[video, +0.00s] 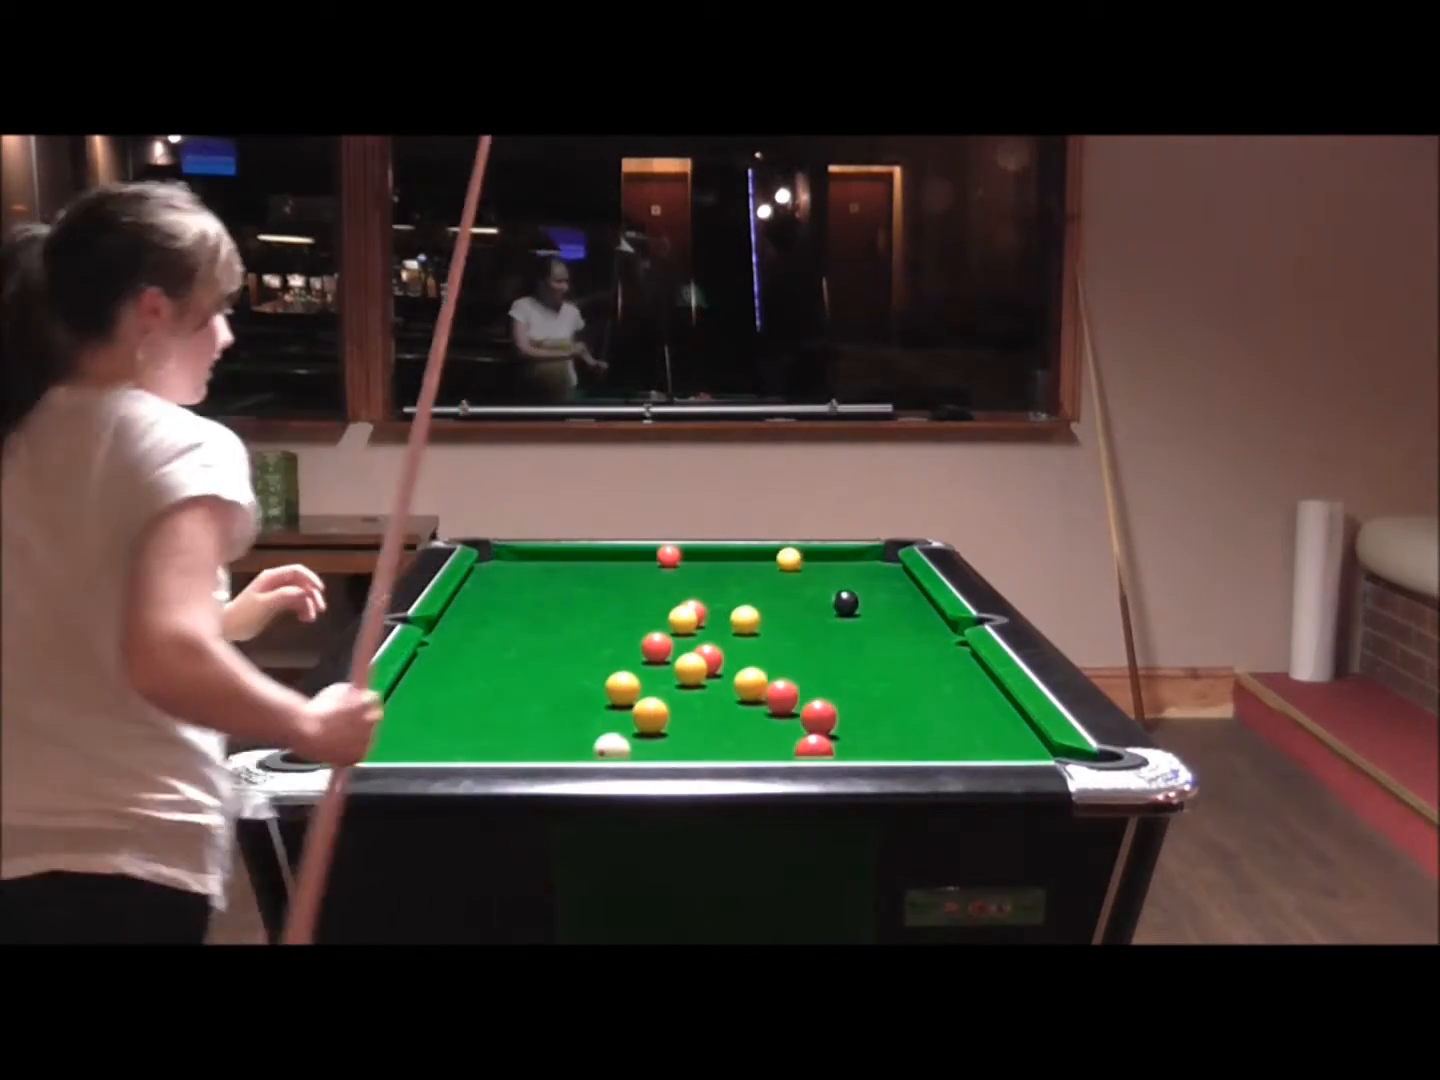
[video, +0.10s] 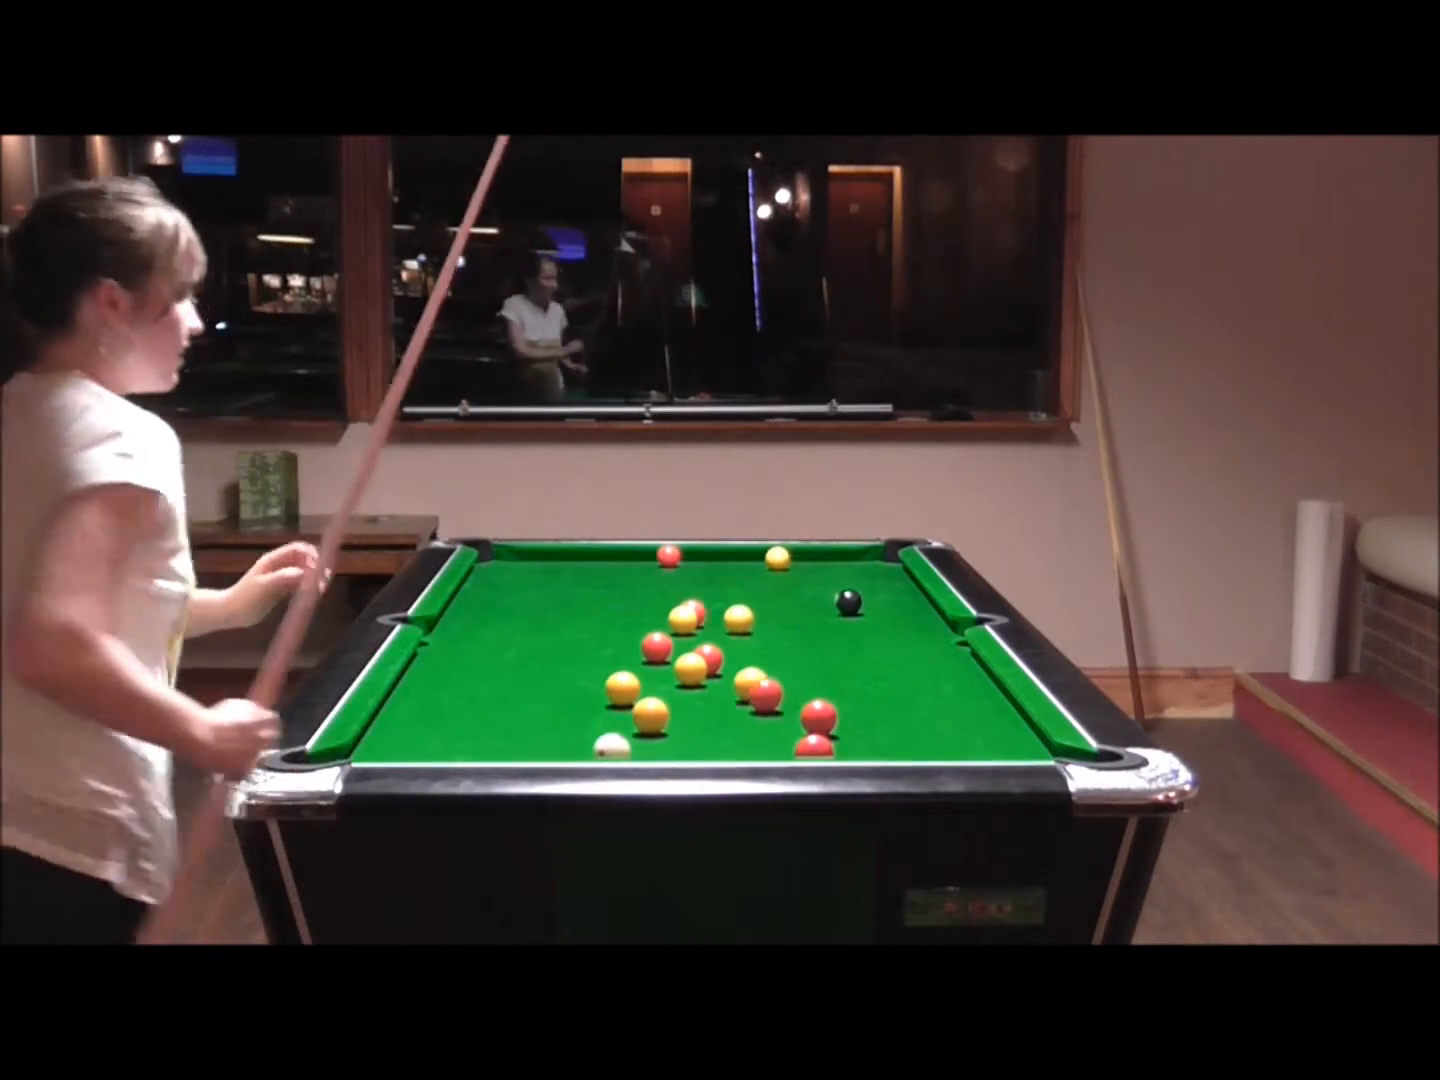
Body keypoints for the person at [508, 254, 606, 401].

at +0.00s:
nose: (564, 288)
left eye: (566, 282)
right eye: (558, 282)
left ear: (569, 283)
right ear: (542, 282)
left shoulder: (571, 312)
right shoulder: (523, 308)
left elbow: (576, 345)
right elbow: (524, 349)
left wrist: (591, 362)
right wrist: (567, 354)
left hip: (566, 387)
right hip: (533, 386)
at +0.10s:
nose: (554, 285)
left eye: (555, 279)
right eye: (547, 279)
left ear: (557, 280)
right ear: (531, 281)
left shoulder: (557, 310)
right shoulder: (514, 306)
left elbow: (557, 347)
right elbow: (520, 351)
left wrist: (570, 365)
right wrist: (563, 352)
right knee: (548, 372)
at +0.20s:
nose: (549, 282)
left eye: (550, 275)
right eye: (543, 276)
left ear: (553, 277)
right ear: (527, 277)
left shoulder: (548, 307)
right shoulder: (512, 302)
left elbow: (551, 345)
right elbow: (523, 348)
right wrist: (566, 349)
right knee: (545, 369)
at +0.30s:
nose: (544, 279)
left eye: (544, 274)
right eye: (539, 274)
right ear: (524, 276)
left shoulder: (530, 306)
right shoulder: (514, 306)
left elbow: (539, 345)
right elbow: (536, 345)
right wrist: (574, 341)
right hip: (497, 393)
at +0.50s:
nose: (535, 284)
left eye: (535, 278)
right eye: (531, 277)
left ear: (515, 280)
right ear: (514, 279)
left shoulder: (512, 305)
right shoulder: (504, 302)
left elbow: (542, 346)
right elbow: (547, 348)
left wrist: (572, 340)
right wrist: (579, 345)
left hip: (499, 387)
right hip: (486, 388)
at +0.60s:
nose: (533, 288)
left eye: (532, 282)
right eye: (529, 281)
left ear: (513, 282)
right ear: (513, 282)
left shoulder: (497, 303)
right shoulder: (509, 307)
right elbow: (548, 353)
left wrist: (569, 347)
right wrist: (580, 352)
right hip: (477, 386)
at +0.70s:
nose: (530, 290)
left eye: (530, 284)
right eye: (527, 284)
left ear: (510, 285)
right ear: (510, 284)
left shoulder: (492, 304)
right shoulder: (509, 310)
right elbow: (547, 356)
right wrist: (579, 358)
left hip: (451, 381)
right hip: (471, 386)